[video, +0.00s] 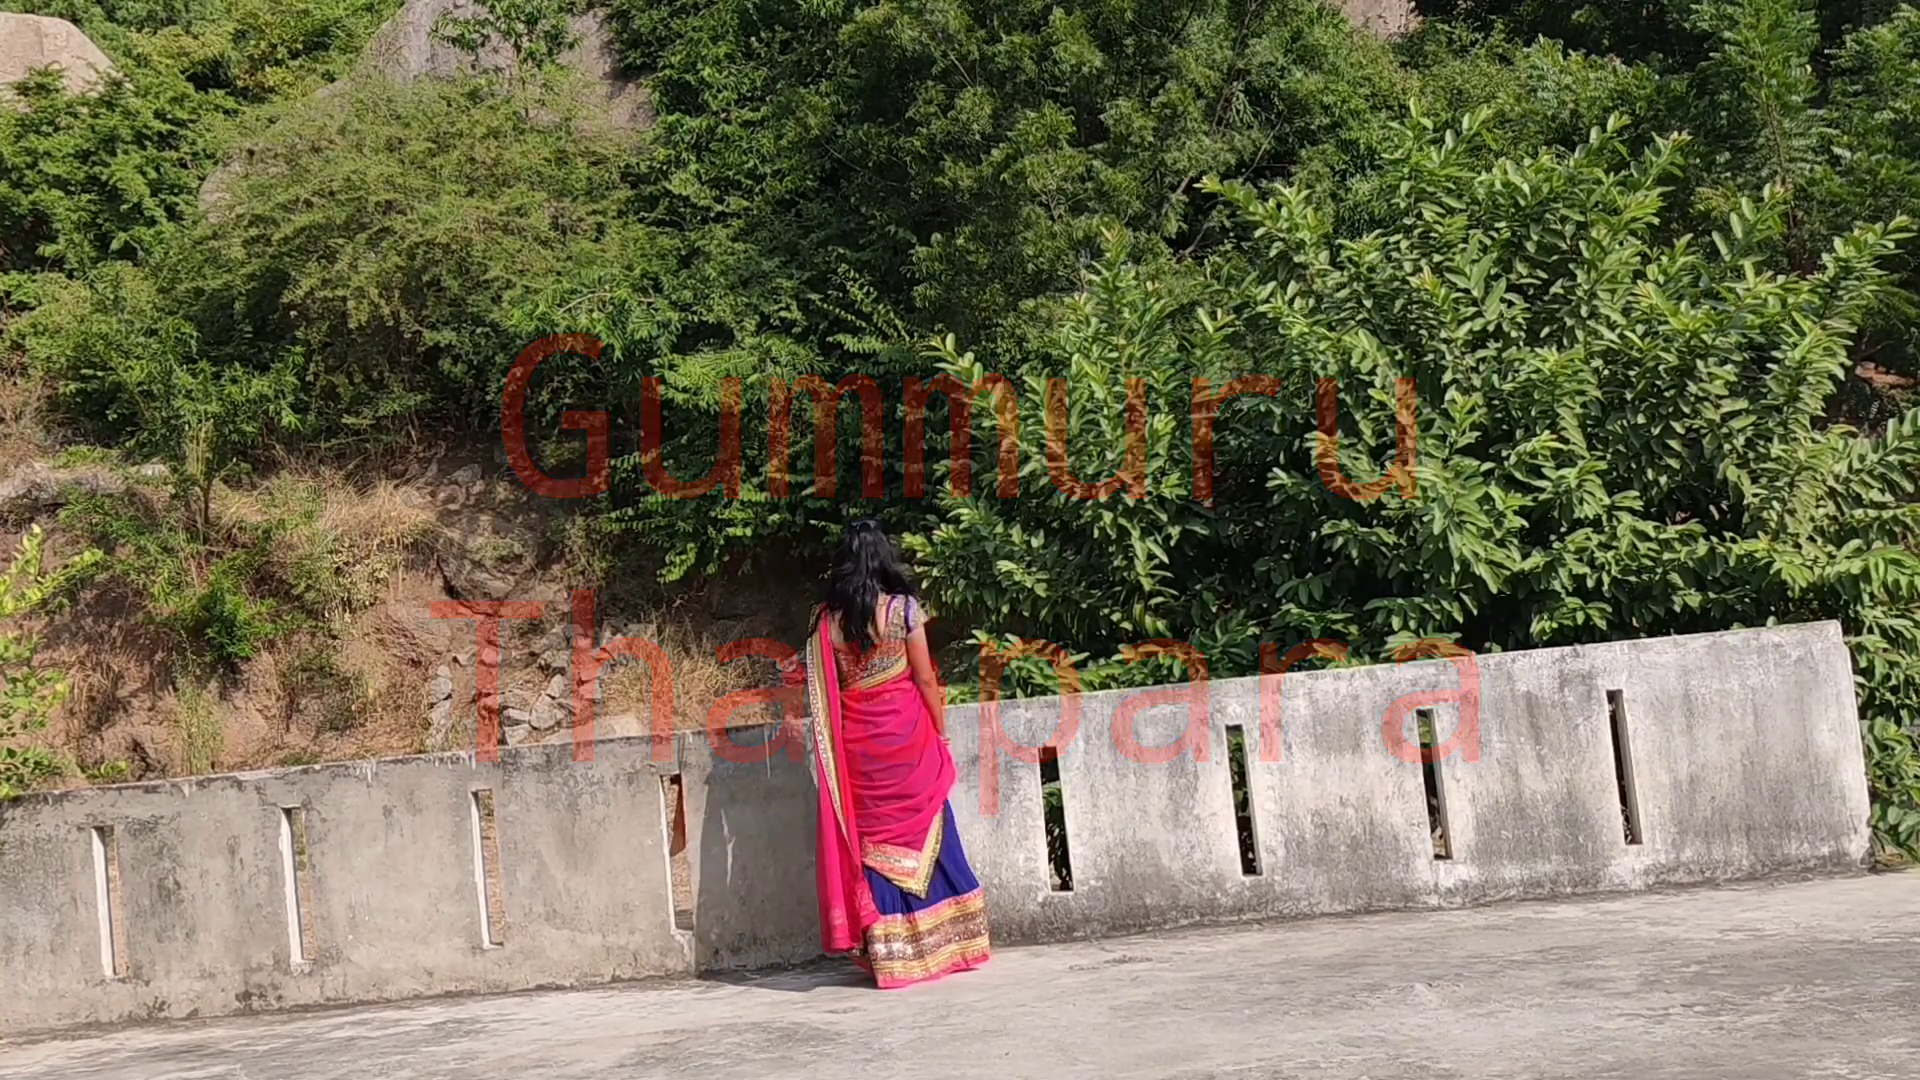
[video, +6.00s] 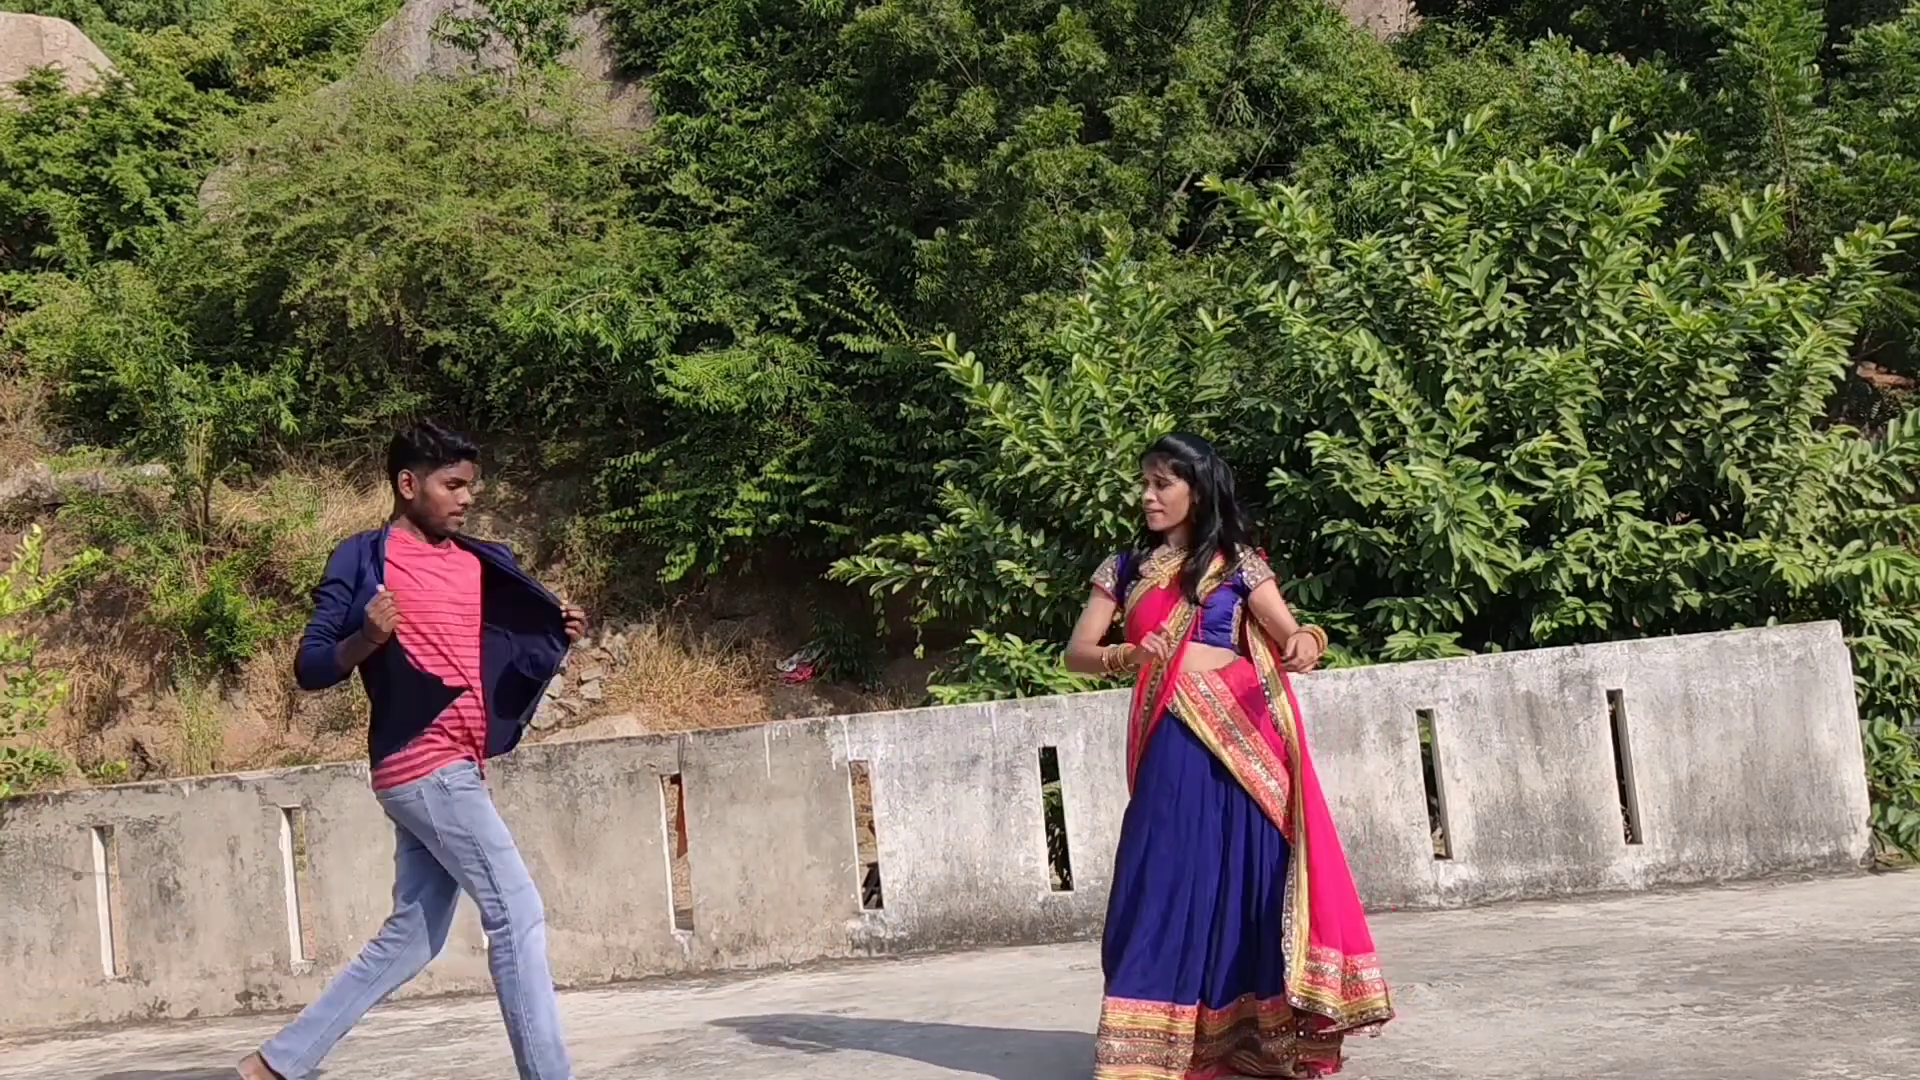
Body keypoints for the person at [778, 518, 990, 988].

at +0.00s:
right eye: (889, 553)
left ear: (842, 562)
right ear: (887, 559)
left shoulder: (826, 618)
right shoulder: (904, 608)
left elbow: (825, 691)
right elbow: (925, 679)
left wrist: (831, 742)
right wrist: (940, 733)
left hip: (854, 737)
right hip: (903, 730)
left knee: (868, 837)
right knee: (920, 830)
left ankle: (883, 949)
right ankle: (937, 943)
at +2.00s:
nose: (952, 562)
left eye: (961, 553)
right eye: (944, 554)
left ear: (978, 557)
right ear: (933, 559)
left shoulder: (1000, 604)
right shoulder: (921, 606)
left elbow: (1044, 571)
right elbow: (881, 665)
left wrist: (1010, 534)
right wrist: (923, 697)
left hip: (990, 733)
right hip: (940, 735)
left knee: (982, 837)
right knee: (961, 840)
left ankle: (938, 925)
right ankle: (978, 963)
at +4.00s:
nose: (1072, 500)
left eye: (1082, 491)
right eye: (1061, 492)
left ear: (1099, 506)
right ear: (1044, 507)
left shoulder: (1103, 576)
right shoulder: (1034, 568)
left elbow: (1122, 662)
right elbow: (1029, 661)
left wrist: (1158, 745)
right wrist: (1055, 742)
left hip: (1134, 732)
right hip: (1083, 738)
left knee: (1141, 865)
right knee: (1091, 870)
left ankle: (1141, 1006)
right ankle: (1101, 1012)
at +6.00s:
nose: (1150, 495)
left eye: (1164, 484)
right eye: (1146, 483)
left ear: (1201, 491)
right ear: (1143, 492)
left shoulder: (1238, 560)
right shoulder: (1122, 568)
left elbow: (1288, 638)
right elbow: (1080, 653)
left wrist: (1306, 642)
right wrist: (1127, 654)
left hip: (1243, 733)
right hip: (1170, 737)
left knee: (1251, 877)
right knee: (1169, 880)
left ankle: (1261, 1040)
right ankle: (1179, 1045)